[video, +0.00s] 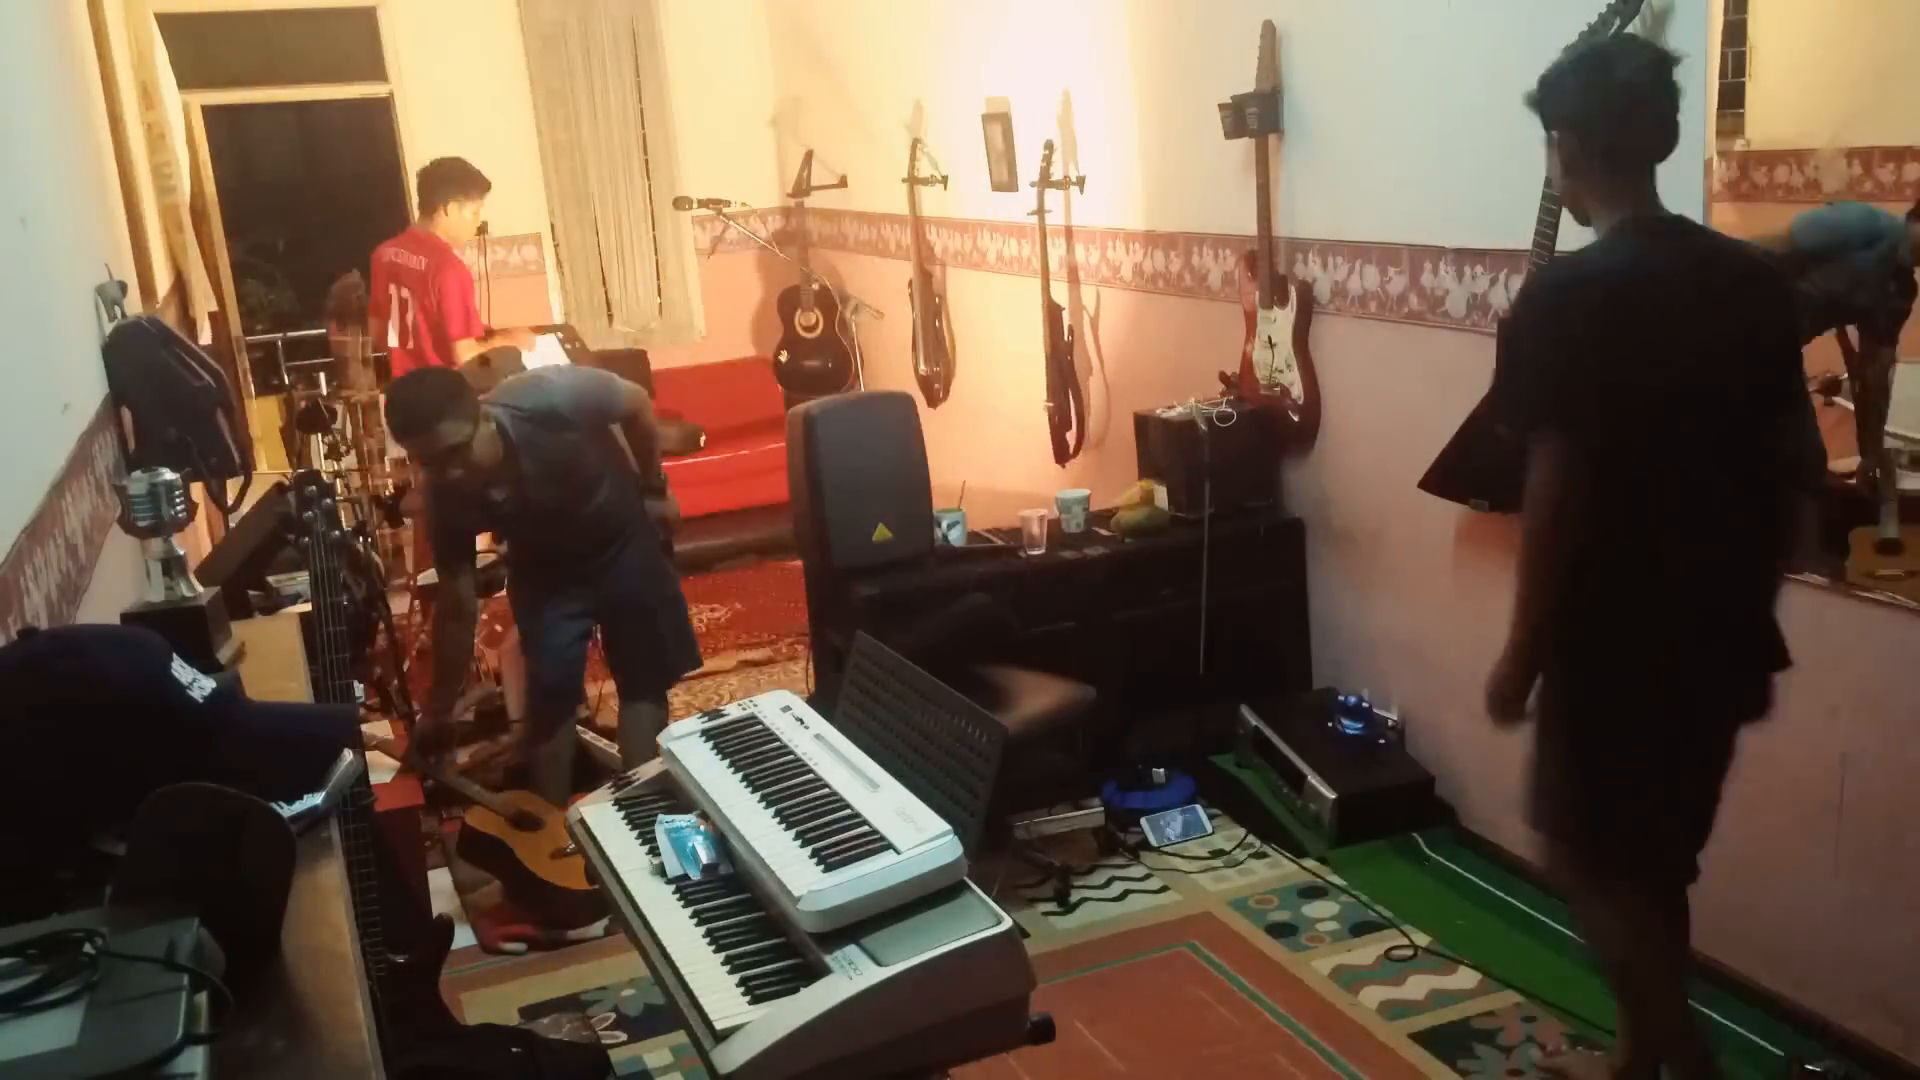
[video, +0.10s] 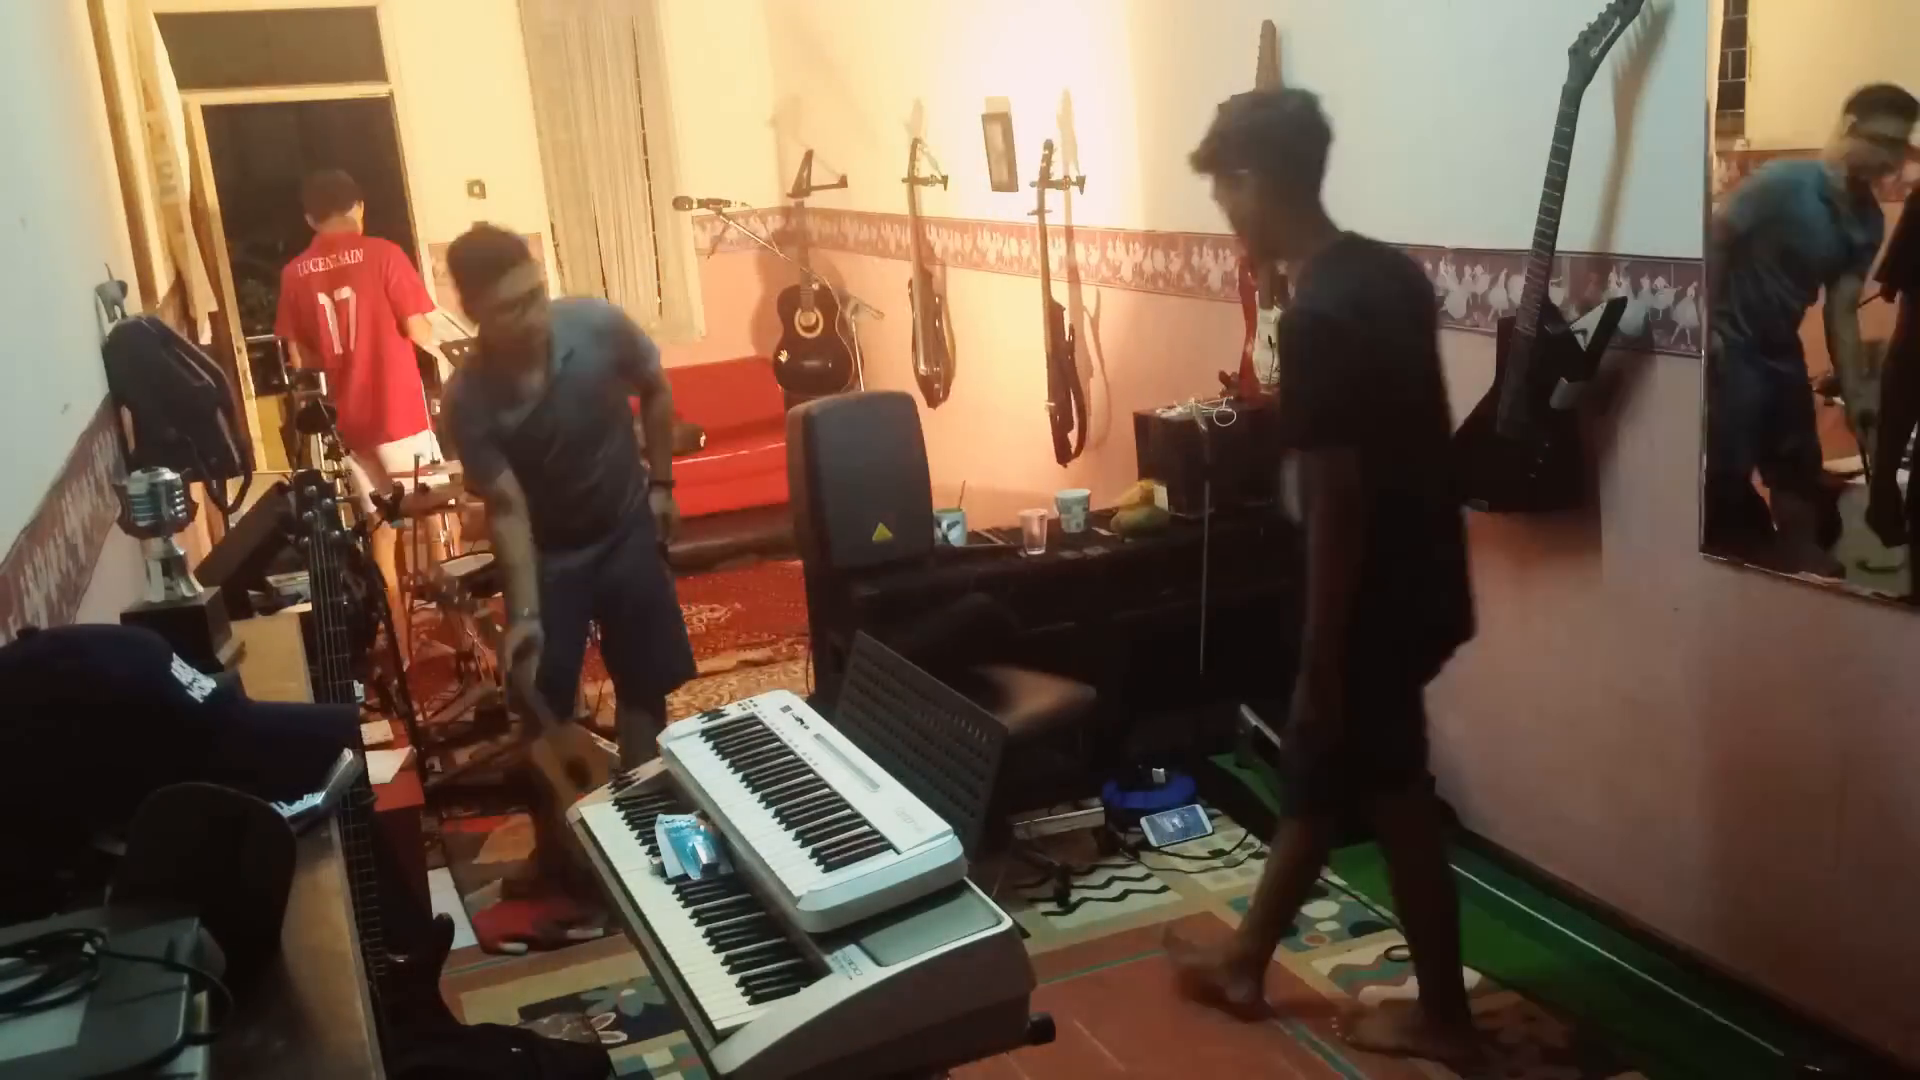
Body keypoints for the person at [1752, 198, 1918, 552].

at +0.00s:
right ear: (1912, 219)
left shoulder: (1895, 291)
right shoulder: (1868, 225)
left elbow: (1874, 379)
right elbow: (1775, 245)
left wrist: (1870, 460)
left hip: (1782, 343)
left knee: (1807, 459)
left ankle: (1803, 557)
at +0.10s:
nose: (1891, 160)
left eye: (1899, 148)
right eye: (1884, 143)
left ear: (1898, 152)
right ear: (1850, 128)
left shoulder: (1866, 222)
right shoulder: (1780, 182)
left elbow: (1842, 308)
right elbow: (1709, 236)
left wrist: (1855, 392)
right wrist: (1701, 324)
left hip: (1781, 345)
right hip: (1727, 337)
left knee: (1796, 461)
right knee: (1728, 465)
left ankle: (1804, 558)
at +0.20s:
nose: (1874, 97)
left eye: (1889, 87)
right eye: (1867, 86)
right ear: (1859, 91)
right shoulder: (1830, 163)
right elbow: (1790, 242)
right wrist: (1833, 268)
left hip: (1907, 338)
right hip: (1840, 336)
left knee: (1901, 468)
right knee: (1834, 463)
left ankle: (1894, 582)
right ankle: (1828, 581)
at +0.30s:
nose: (1891, 89)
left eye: (1904, 80)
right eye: (1895, 78)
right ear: (1903, 88)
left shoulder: (1912, 170)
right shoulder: (1889, 168)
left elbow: (1915, 253)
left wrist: (1866, 246)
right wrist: (1847, 268)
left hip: (1914, 341)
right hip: (1882, 337)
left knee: (1910, 460)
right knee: (1867, 455)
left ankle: (1910, 570)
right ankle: (1867, 567)